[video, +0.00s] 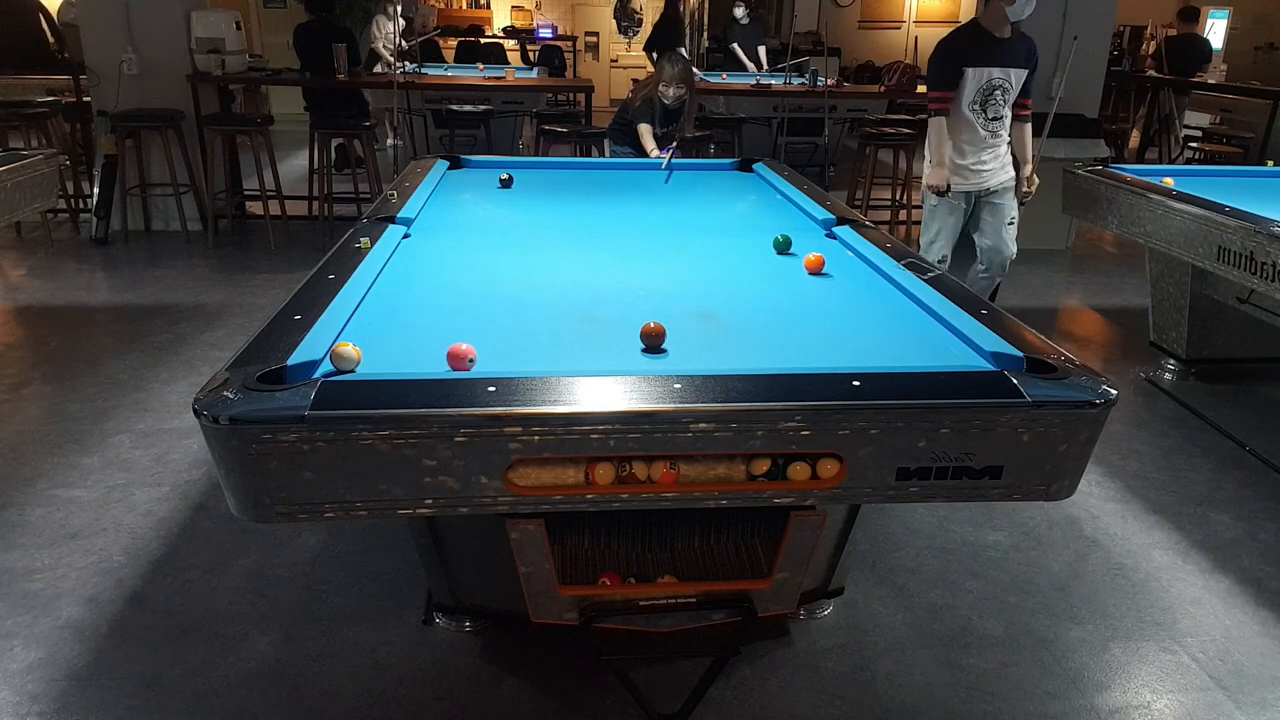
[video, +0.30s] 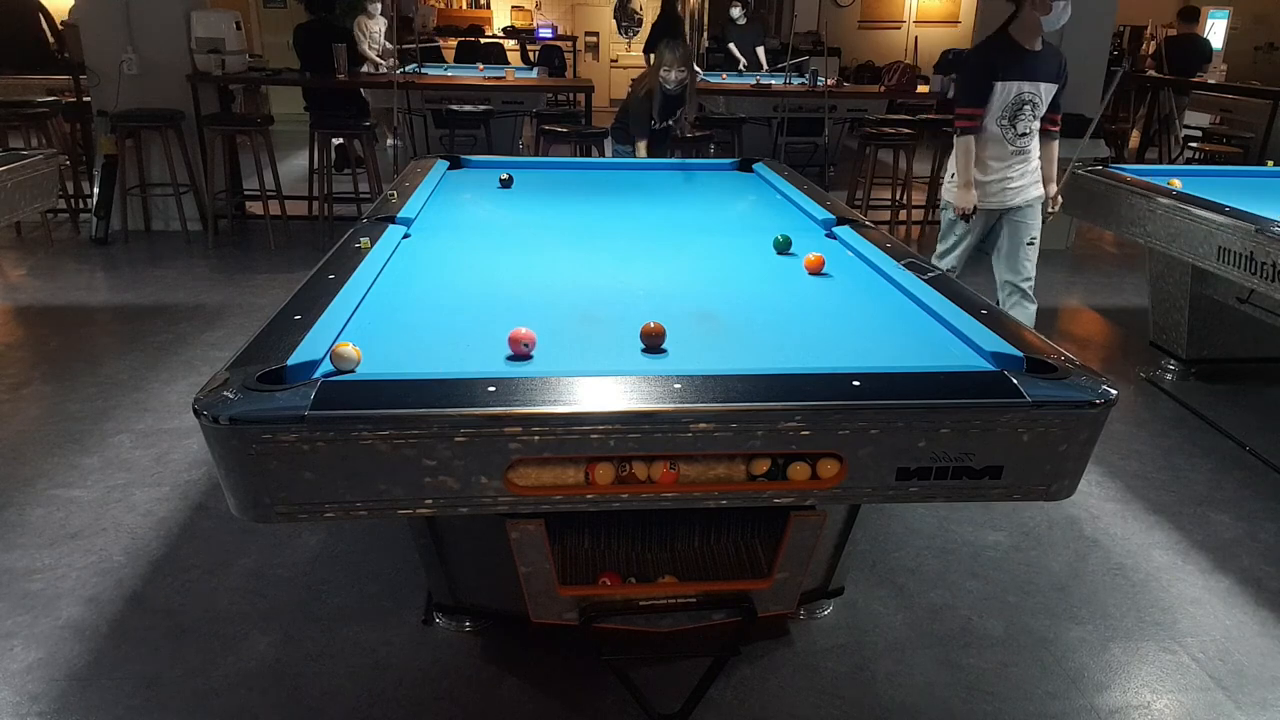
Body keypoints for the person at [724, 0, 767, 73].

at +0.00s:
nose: (736, 11)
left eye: (739, 7)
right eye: (735, 7)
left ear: (747, 10)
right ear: (732, 10)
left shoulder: (756, 25)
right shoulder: (730, 25)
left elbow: (761, 46)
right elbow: (734, 46)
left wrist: (765, 66)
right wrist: (748, 64)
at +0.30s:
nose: (733, 10)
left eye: (736, 7)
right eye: (731, 7)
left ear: (744, 10)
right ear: (729, 10)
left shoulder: (754, 25)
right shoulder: (728, 26)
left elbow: (759, 46)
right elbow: (730, 44)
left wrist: (765, 65)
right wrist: (741, 59)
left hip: (752, 69)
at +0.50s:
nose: (731, 9)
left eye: (734, 6)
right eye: (729, 6)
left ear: (742, 10)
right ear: (727, 9)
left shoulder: (753, 25)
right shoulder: (726, 26)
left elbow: (758, 46)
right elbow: (724, 43)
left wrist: (764, 65)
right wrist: (728, 54)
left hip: (752, 70)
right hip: (733, 70)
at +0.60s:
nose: (731, 10)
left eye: (734, 7)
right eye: (729, 7)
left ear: (741, 9)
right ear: (727, 10)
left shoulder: (752, 26)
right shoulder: (725, 26)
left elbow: (758, 47)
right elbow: (722, 45)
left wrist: (765, 66)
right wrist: (721, 56)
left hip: (751, 72)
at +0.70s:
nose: (731, 10)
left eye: (734, 7)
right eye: (729, 7)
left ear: (742, 9)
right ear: (727, 9)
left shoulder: (753, 26)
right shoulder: (726, 26)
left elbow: (758, 46)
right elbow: (720, 45)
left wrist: (765, 66)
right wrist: (716, 58)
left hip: (750, 71)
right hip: (730, 70)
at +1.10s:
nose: (733, 10)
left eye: (736, 6)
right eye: (731, 7)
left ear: (744, 9)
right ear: (729, 8)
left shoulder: (753, 25)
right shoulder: (726, 25)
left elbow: (759, 47)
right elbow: (721, 45)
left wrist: (765, 66)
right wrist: (716, 64)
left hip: (750, 71)